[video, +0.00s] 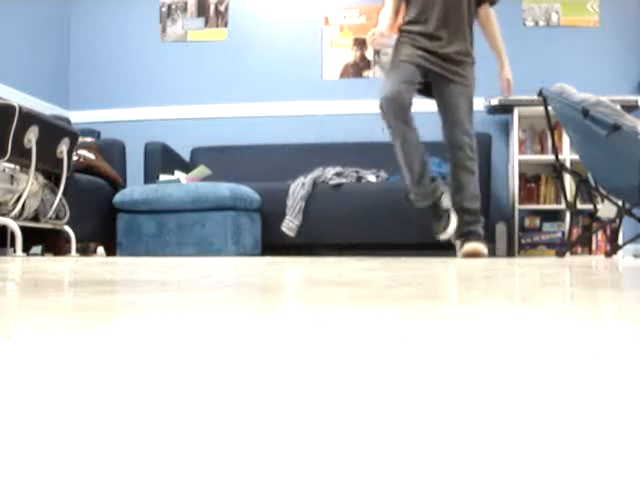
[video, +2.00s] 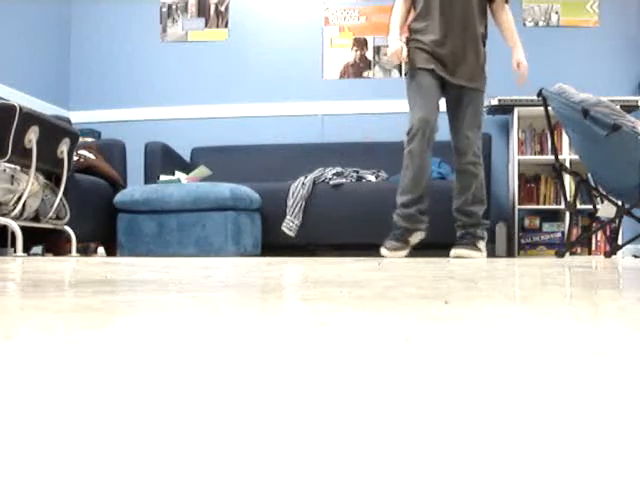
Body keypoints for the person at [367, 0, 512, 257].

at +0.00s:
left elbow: (484, 9)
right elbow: (395, 3)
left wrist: (504, 62)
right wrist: (384, 29)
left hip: (457, 50)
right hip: (412, 43)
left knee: (462, 141)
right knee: (392, 99)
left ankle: (471, 234)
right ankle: (430, 197)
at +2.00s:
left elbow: (499, 6)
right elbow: (404, 2)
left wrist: (517, 48)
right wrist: (394, 37)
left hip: (468, 53)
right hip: (425, 48)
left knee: (468, 148)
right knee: (421, 124)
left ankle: (471, 234)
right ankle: (408, 224)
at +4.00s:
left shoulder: (483, 3)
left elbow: (489, 22)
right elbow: (403, 6)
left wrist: (499, 73)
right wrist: (394, 50)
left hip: (458, 71)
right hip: (414, 65)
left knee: (457, 159)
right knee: (407, 153)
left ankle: (456, 237)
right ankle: (392, 235)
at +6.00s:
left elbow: (434, 5)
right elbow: (345, 1)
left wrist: (417, 21)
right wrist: (377, 12)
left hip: (404, 42)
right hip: (359, 37)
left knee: (403, 140)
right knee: (358, 129)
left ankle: (403, 233)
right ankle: (353, 229)